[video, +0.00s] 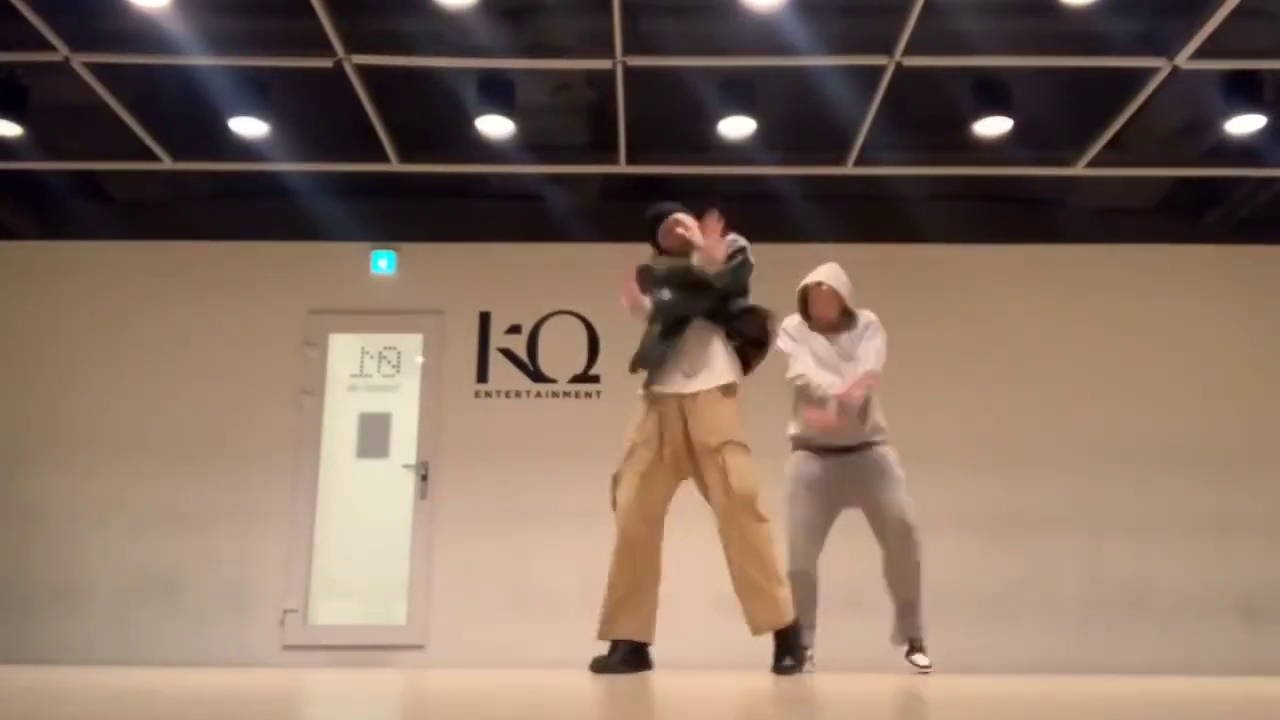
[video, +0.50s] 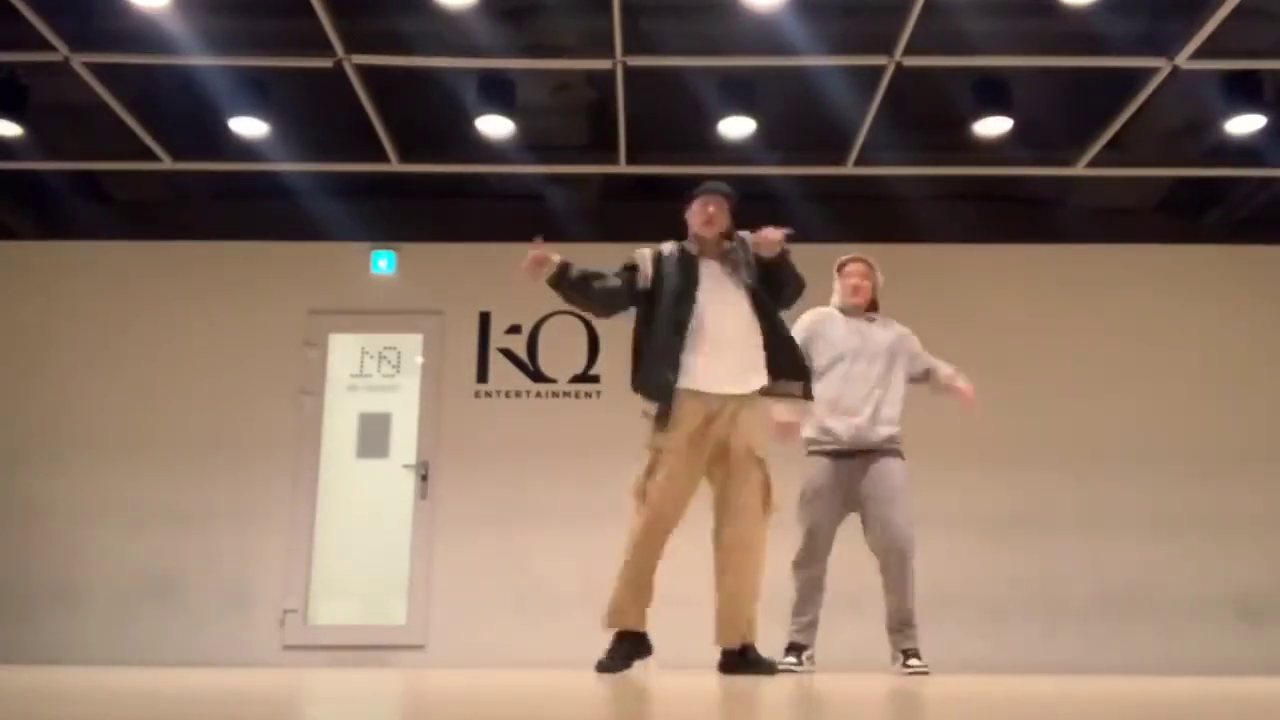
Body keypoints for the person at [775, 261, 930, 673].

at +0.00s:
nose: (819, 301)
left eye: (827, 293)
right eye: (813, 293)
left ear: (843, 298)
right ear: (805, 298)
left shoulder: (867, 325)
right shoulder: (792, 329)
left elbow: (870, 366)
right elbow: (800, 372)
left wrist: (844, 399)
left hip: (869, 454)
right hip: (813, 457)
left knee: (901, 530)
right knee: (800, 554)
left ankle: (913, 637)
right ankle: (801, 644)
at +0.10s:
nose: (812, 301)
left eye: (821, 294)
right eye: (809, 293)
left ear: (839, 301)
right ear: (803, 299)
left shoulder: (861, 325)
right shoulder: (787, 332)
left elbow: (870, 379)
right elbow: (785, 380)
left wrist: (856, 420)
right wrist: (810, 408)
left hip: (861, 453)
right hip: (811, 457)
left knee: (900, 541)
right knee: (795, 552)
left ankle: (958, 632)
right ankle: (798, 646)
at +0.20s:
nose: (826, 300)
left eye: (834, 293)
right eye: (820, 292)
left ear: (846, 297)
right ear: (807, 294)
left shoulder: (860, 325)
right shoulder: (787, 327)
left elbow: (854, 378)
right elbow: (800, 373)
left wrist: (811, 406)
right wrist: (848, 376)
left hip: (865, 446)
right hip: (815, 454)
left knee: (898, 523)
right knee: (800, 552)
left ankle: (954, 629)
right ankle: (799, 646)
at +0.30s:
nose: (839, 287)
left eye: (845, 281)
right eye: (831, 279)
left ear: (852, 289)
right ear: (814, 285)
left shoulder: (864, 324)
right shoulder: (792, 319)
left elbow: (860, 384)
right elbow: (806, 361)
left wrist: (825, 406)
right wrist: (862, 360)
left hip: (868, 443)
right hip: (817, 454)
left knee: (906, 510)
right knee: (808, 553)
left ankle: (932, 627)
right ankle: (799, 644)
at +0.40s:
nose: (838, 281)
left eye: (846, 276)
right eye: (832, 274)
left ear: (858, 288)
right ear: (820, 283)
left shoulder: (876, 331)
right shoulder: (802, 318)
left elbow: (901, 378)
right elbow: (799, 369)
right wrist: (848, 385)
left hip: (872, 448)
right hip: (820, 452)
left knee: (903, 526)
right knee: (813, 552)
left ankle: (916, 638)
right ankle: (800, 644)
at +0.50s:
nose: (857, 282)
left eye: (864, 277)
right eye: (850, 276)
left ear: (876, 287)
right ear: (836, 285)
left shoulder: (895, 335)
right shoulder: (817, 322)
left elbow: (927, 368)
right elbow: (783, 364)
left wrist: (954, 380)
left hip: (882, 456)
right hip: (827, 455)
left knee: (897, 545)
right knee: (811, 551)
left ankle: (906, 647)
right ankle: (799, 645)